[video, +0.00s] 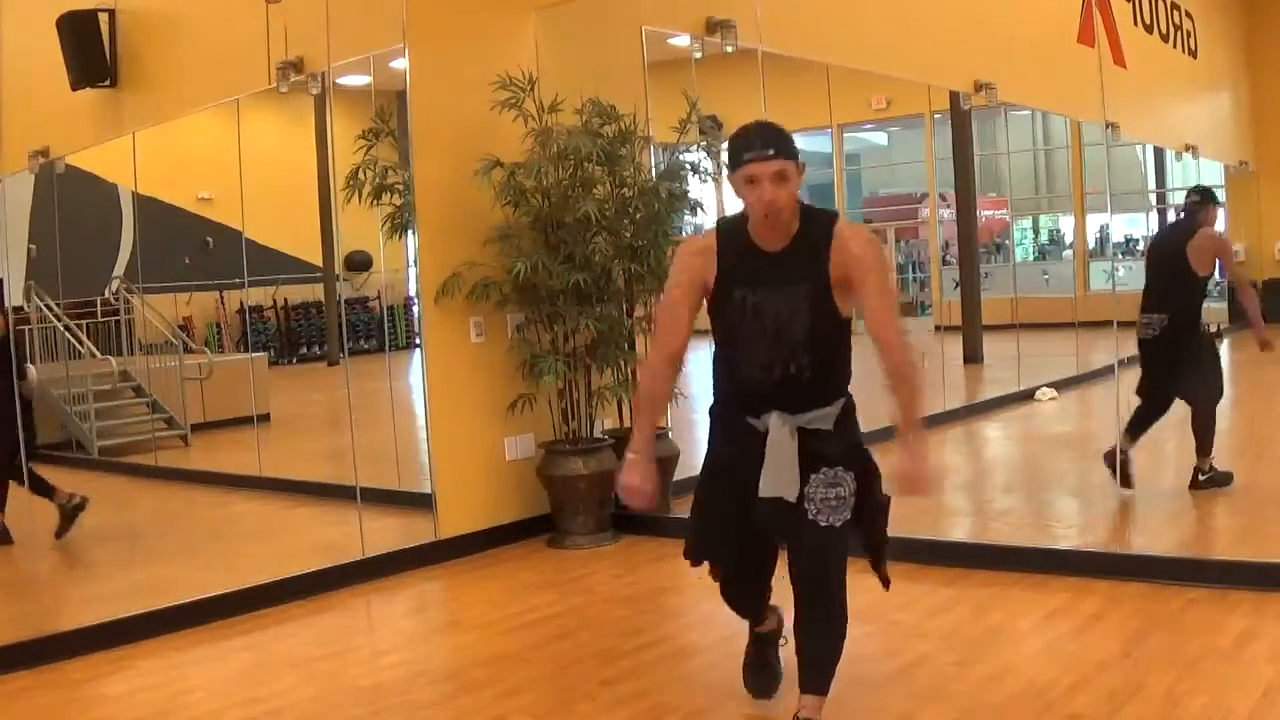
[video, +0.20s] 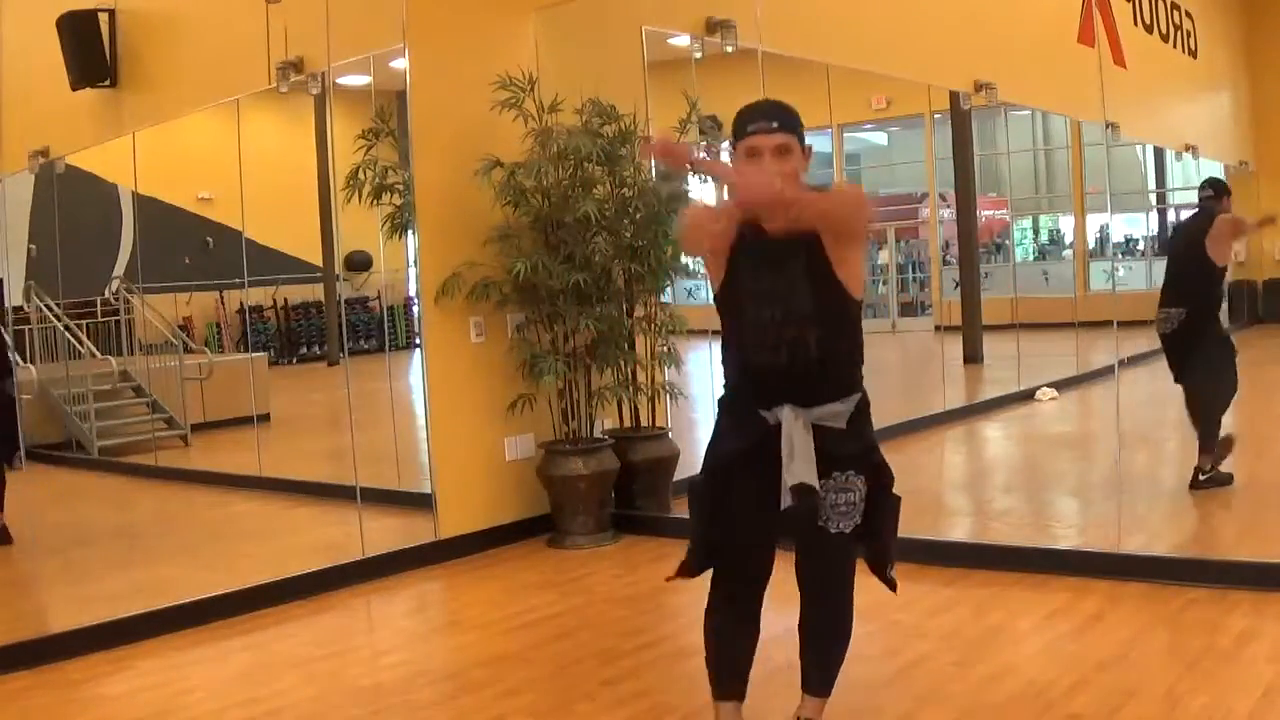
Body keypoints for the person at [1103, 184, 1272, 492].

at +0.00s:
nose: (1216, 217)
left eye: (1216, 212)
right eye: (1215, 211)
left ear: (1187, 208)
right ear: (1207, 210)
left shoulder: (1158, 239)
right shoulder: (1212, 239)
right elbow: (1241, 285)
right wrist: (1261, 331)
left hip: (1150, 335)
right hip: (1183, 335)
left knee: (1158, 399)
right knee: (1205, 396)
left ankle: (1121, 449)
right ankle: (1204, 469)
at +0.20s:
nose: (1232, 205)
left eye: (1230, 200)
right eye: (1231, 200)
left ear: (1202, 199)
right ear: (1224, 199)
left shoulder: (1183, 227)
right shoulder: (1225, 222)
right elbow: (1250, 228)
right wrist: (1266, 221)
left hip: (1167, 320)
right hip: (1196, 320)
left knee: (1194, 384)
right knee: (1219, 382)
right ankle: (1205, 468)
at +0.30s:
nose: (1237, 201)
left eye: (1236, 198)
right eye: (1237, 197)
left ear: (1207, 196)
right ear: (1230, 196)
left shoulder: (1189, 222)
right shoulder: (1227, 216)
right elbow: (1246, 209)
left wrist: (1247, 191)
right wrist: (1254, 194)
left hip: (1177, 316)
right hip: (1206, 317)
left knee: (1210, 375)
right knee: (1212, 389)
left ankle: (1237, 417)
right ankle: (1204, 468)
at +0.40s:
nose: (1242, 202)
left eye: (1241, 198)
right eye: (1241, 197)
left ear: (1213, 198)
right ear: (1235, 197)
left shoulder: (1196, 225)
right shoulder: (1235, 217)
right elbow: (1255, 208)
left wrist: (1248, 191)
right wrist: (1257, 195)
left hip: (1190, 320)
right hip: (1219, 323)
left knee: (1228, 374)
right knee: (1218, 392)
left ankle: (1255, 413)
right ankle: (1205, 468)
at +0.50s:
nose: (1247, 204)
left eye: (1244, 200)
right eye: (1246, 200)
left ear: (1218, 202)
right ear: (1239, 201)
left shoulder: (1201, 233)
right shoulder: (1242, 221)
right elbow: (1267, 219)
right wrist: (1261, 216)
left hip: (1205, 327)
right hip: (1233, 327)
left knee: (1240, 382)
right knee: (1230, 396)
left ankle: (1268, 425)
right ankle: (1205, 468)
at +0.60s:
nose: (1253, 210)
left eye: (1251, 205)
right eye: (1251, 205)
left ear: (1223, 208)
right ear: (1244, 206)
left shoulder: (1207, 240)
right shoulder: (1257, 232)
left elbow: (1210, 286)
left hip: (1214, 332)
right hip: (1244, 332)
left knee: (1247, 395)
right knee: (1243, 398)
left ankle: (1274, 451)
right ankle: (1205, 467)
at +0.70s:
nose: (1261, 212)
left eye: (1258, 206)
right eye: (1258, 207)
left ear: (1229, 211)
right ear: (1250, 209)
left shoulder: (1217, 245)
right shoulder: (1263, 240)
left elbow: (1218, 289)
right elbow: (1270, 285)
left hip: (1225, 334)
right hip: (1254, 334)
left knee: (1259, 398)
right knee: (1247, 401)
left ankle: (1279, 450)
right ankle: (1208, 465)